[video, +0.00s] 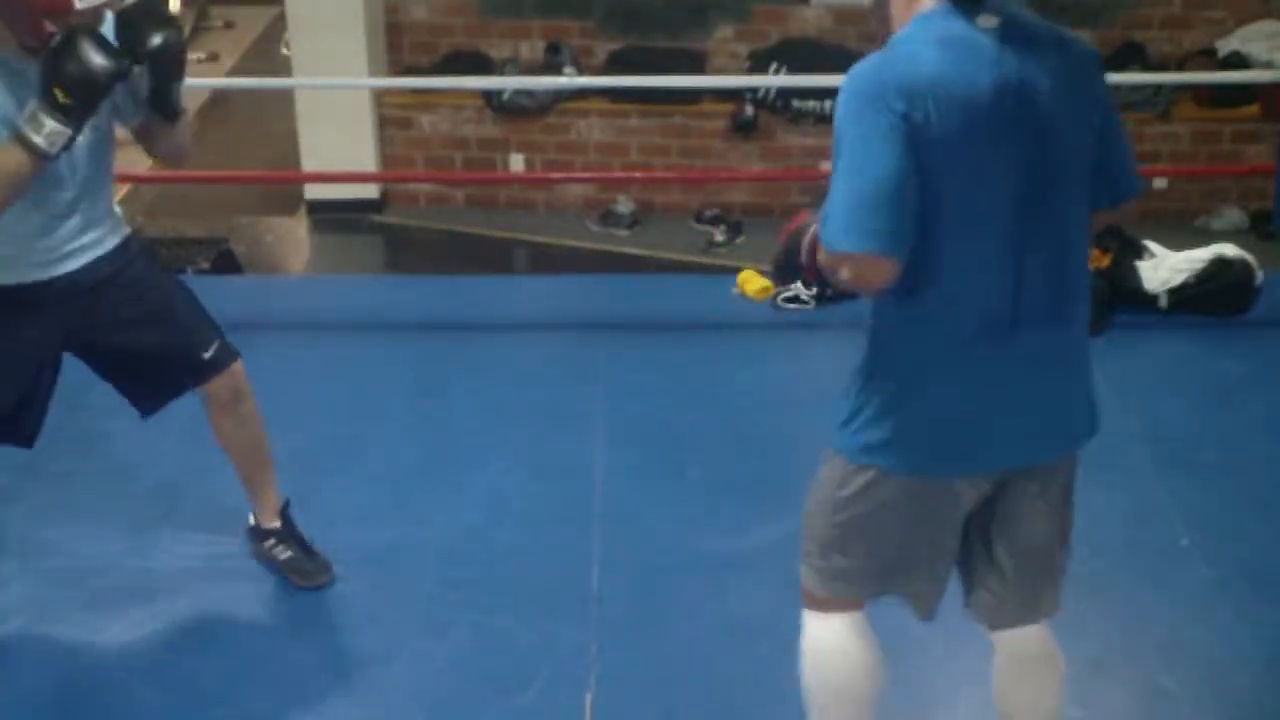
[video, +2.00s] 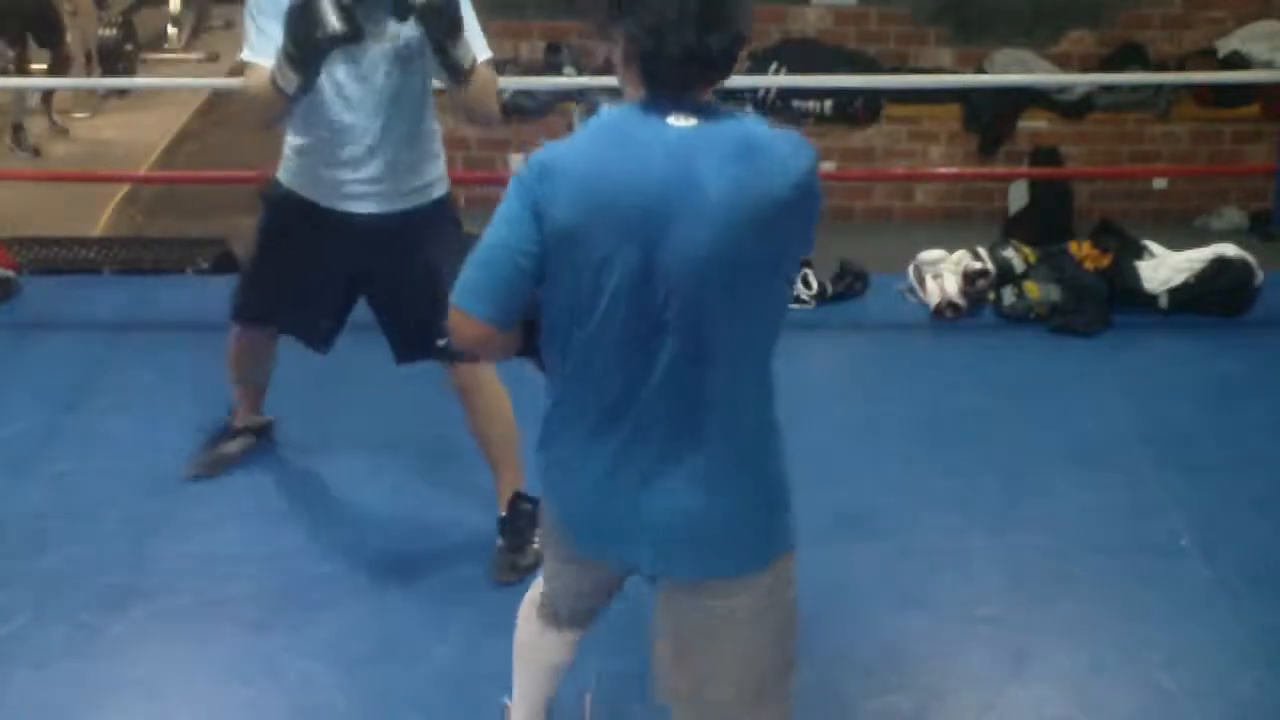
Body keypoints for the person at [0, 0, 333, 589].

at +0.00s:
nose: (52, 26)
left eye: (63, 14)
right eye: (39, 15)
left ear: (77, 11)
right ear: (8, 14)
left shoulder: (88, 50)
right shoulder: (3, 71)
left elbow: (172, 151)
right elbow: (3, 190)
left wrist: (164, 86)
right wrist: (54, 114)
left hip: (103, 260)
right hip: (12, 284)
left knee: (224, 374)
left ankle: (271, 522)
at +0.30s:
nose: (126, 29)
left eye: (138, 17)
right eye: (115, 15)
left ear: (148, 11)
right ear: (71, 2)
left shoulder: (154, 37)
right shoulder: (14, 44)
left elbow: (212, 163)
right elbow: (22, 190)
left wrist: (206, 100)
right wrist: (95, 128)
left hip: (150, 261)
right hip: (32, 277)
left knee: (261, 389)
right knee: (4, 427)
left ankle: (338, 523)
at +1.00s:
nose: (166, 3)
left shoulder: (217, 11)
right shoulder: (62, 18)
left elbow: (268, 130)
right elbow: (66, 158)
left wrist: (264, 78)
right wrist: (129, 104)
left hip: (224, 230)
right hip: (107, 242)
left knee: (323, 370)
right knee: (54, 393)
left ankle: (412, 504)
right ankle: (61, 481)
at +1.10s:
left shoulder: (254, 14)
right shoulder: (103, 21)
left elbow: (324, 135)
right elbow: (110, 157)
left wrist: (304, 70)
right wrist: (172, 88)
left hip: (253, 235)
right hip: (134, 242)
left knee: (346, 377)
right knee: (75, 382)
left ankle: (424, 516)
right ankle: (59, 476)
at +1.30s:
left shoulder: (337, 13)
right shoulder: (189, 11)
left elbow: (382, 145)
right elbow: (196, 145)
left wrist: (374, 71)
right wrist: (259, 80)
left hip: (298, 223)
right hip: (188, 221)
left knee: (378, 367)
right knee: (122, 358)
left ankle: (428, 518)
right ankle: (106, 461)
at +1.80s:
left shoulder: (357, 6)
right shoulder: (207, 6)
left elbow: (425, 100)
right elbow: (198, 117)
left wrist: (403, 31)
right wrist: (249, 61)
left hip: (351, 213)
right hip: (243, 214)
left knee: (425, 361)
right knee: (198, 345)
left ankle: (514, 502)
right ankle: (193, 435)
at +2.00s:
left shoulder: (435, 4)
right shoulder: (280, 5)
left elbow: (486, 110)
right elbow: (262, 111)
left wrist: (449, 41)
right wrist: (299, 57)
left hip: (413, 199)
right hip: (309, 195)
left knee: (463, 357)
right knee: (254, 318)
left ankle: (516, 505)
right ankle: (246, 421)